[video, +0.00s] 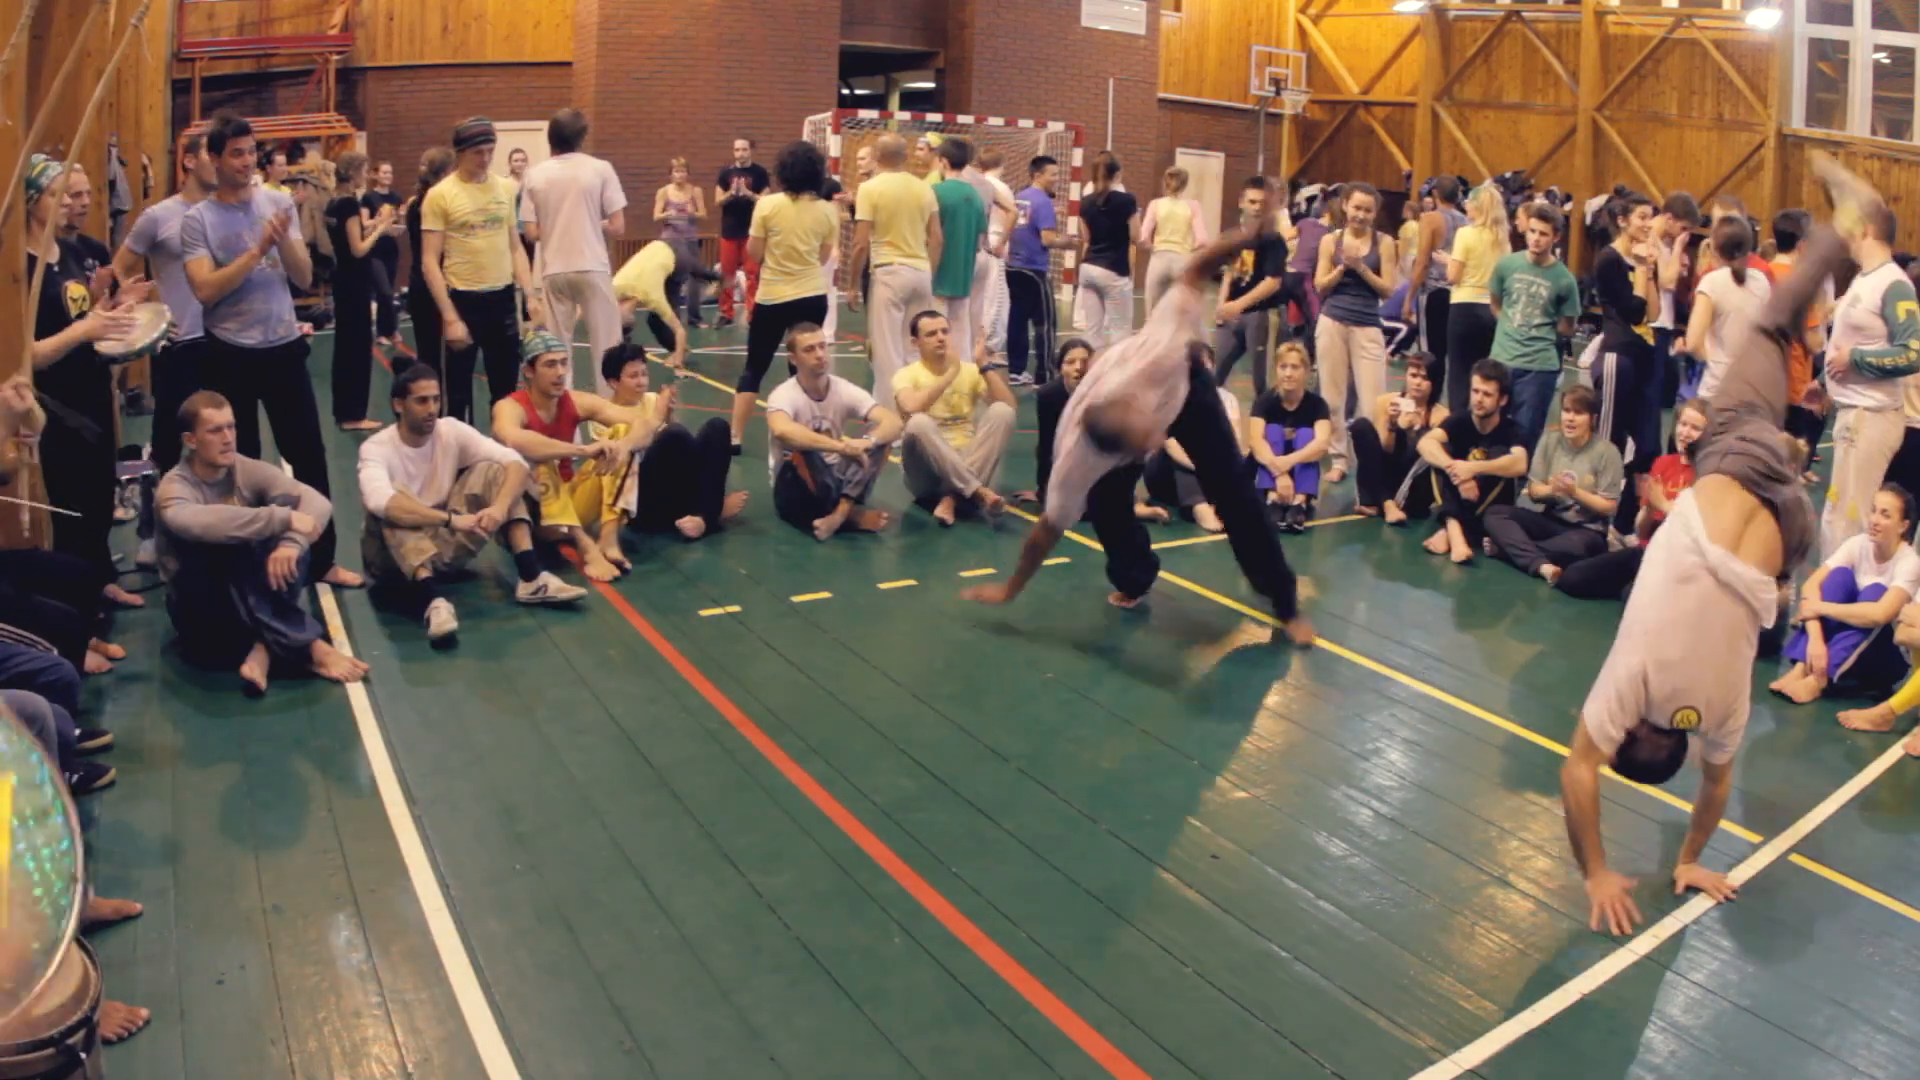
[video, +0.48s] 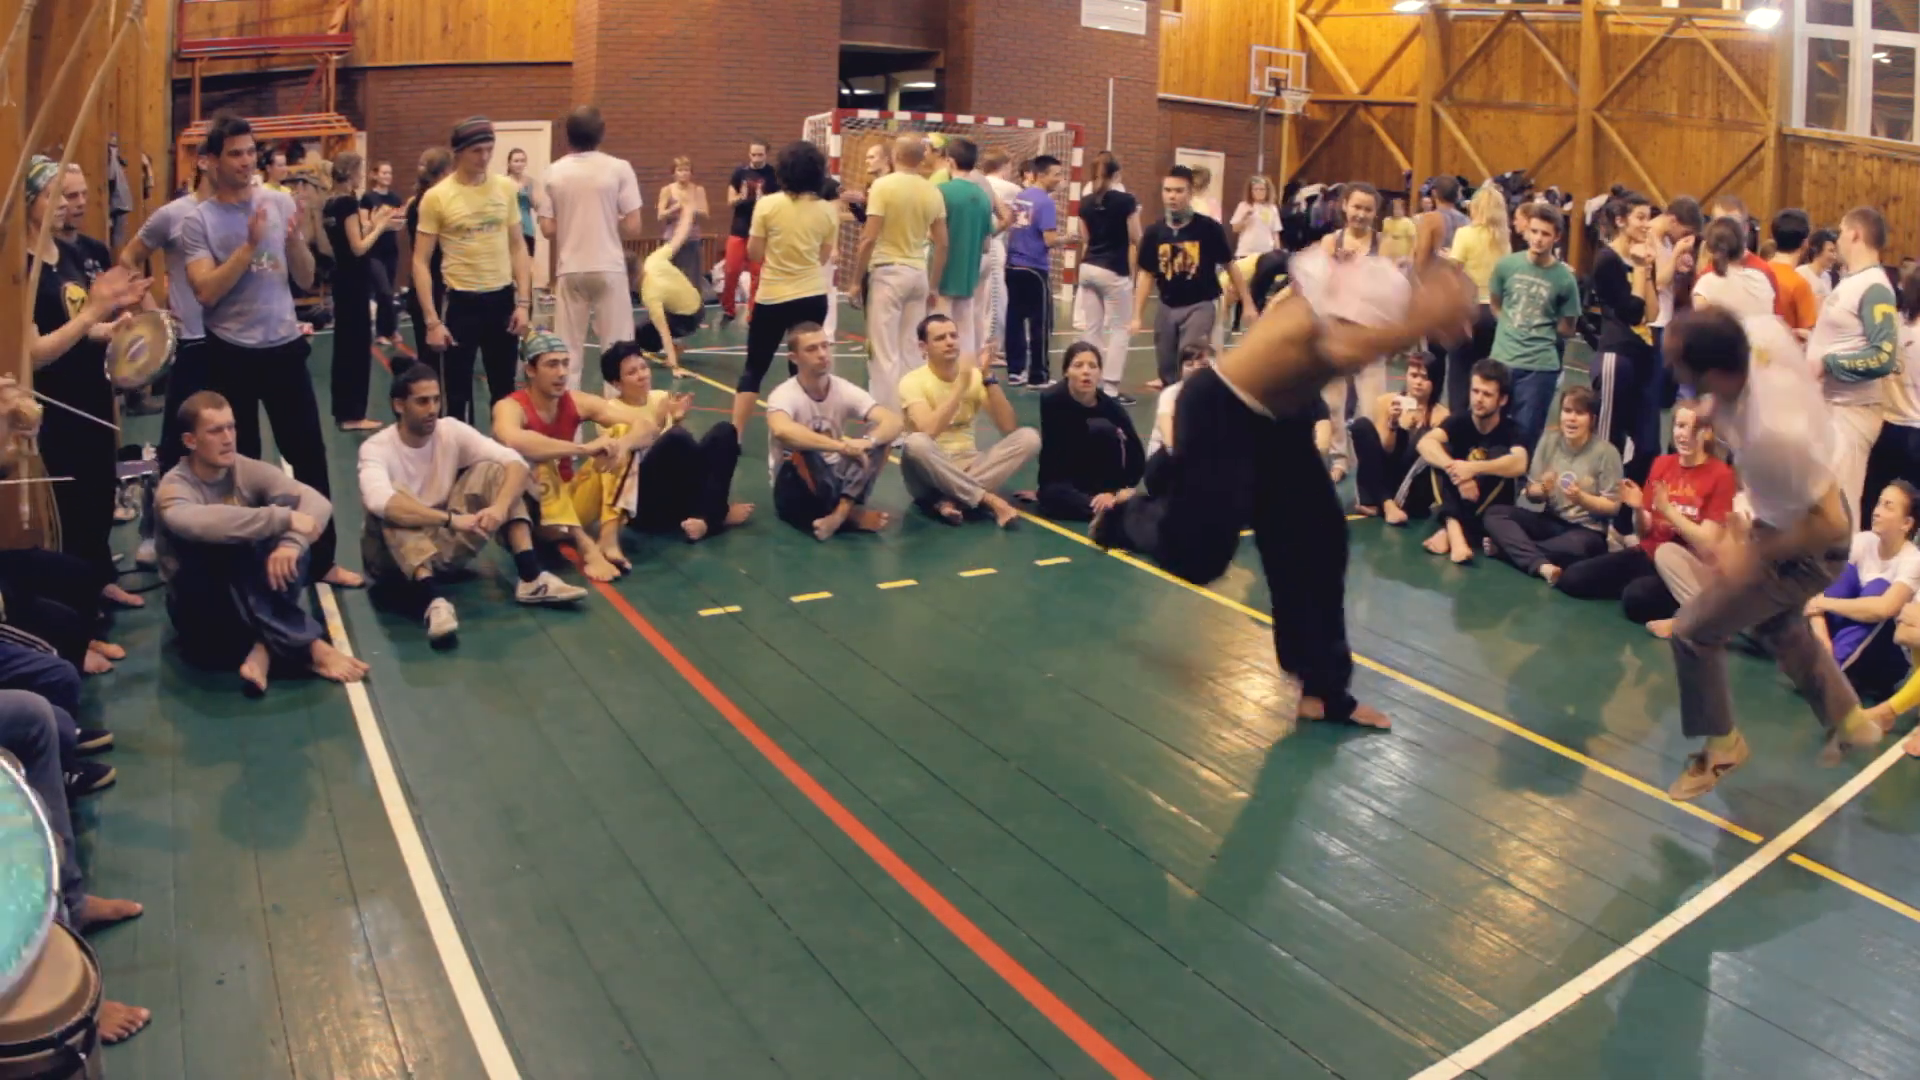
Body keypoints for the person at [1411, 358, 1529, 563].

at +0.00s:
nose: (1479, 399)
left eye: (1487, 395)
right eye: (1475, 392)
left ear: (1503, 400)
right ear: (1469, 392)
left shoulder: (1510, 429)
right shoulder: (1459, 421)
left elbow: (1519, 465)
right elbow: (1426, 443)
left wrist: (1472, 467)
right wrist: (1459, 475)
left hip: (1492, 509)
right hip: (1454, 501)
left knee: (1500, 458)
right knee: (1437, 456)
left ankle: (1450, 528)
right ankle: (1454, 529)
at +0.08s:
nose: (1479, 399)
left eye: (1487, 395)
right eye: (1475, 392)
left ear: (1503, 400)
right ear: (1469, 391)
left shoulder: (1510, 429)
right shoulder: (1459, 421)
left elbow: (1519, 465)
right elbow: (1426, 443)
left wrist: (1472, 468)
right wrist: (1459, 475)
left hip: (1492, 508)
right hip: (1453, 501)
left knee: (1500, 457)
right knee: (1437, 455)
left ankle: (1450, 528)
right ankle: (1454, 528)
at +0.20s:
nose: (1479, 399)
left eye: (1487, 394)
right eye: (1475, 392)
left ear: (1502, 400)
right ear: (1469, 392)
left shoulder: (1510, 429)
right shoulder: (1458, 422)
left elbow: (1519, 464)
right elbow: (1425, 444)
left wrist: (1473, 467)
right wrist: (1459, 474)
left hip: (1492, 510)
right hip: (1453, 502)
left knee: (1501, 458)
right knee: (1437, 458)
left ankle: (1451, 528)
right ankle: (1453, 528)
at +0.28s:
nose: (1479, 399)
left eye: (1487, 394)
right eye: (1475, 392)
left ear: (1502, 400)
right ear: (1469, 392)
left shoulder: (1510, 429)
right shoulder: (1459, 422)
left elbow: (1519, 464)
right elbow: (1425, 444)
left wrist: (1473, 467)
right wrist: (1458, 473)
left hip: (1493, 510)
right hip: (1454, 502)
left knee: (1501, 457)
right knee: (1438, 455)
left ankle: (1450, 529)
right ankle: (1453, 529)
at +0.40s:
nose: (1479, 399)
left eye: (1487, 394)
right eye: (1475, 392)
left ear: (1502, 400)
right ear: (1469, 392)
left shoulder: (1510, 429)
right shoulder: (1459, 422)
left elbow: (1519, 464)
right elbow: (1425, 443)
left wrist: (1473, 468)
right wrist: (1459, 474)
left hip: (1492, 511)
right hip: (1454, 503)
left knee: (1502, 458)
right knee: (1438, 457)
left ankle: (1450, 529)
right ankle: (1454, 529)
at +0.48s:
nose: (1479, 399)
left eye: (1487, 395)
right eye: (1475, 392)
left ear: (1503, 400)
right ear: (1469, 392)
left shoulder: (1510, 429)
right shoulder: (1459, 422)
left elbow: (1519, 464)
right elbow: (1426, 443)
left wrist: (1473, 467)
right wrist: (1458, 473)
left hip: (1492, 512)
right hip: (1453, 503)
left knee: (1502, 457)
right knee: (1438, 457)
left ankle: (1450, 529)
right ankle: (1454, 529)